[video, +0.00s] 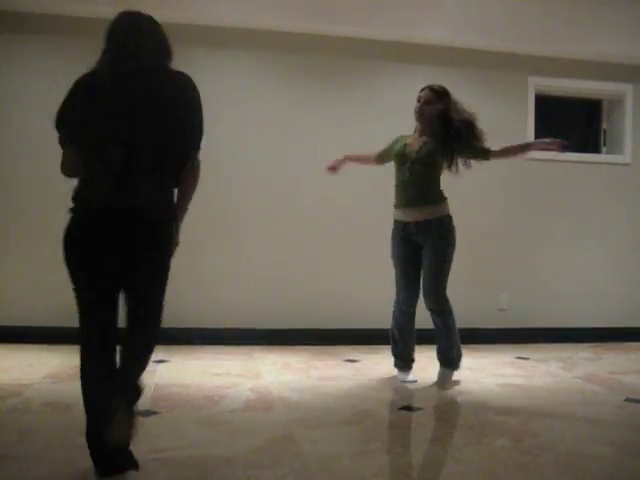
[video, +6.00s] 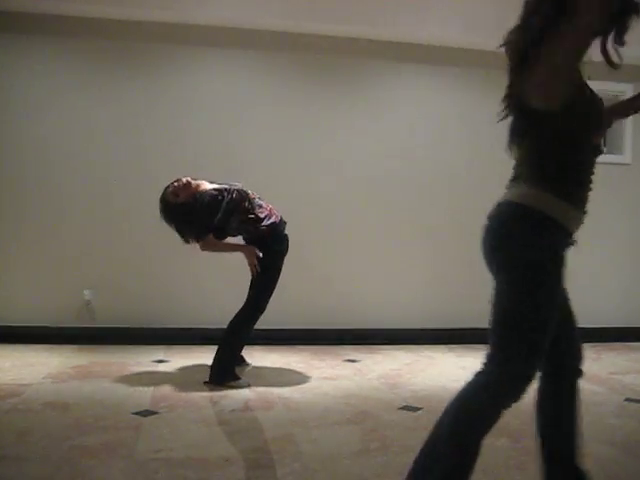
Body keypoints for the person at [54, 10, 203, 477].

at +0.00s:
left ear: (109, 43)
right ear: (160, 45)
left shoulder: (86, 87)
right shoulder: (180, 88)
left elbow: (70, 165)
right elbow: (190, 169)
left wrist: (109, 152)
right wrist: (177, 217)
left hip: (91, 229)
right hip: (151, 230)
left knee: (95, 337)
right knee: (144, 324)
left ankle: (106, 456)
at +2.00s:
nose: (249, 131)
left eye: (253, 127)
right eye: (244, 125)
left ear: (256, 132)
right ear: (232, 127)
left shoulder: (242, 160)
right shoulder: (226, 152)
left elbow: (247, 199)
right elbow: (210, 190)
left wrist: (265, 226)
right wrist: (193, 226)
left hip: (232, 239)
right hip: (222, 240)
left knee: (240, 298)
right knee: (242, 300)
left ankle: (228, 353)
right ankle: (220, 370)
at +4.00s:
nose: (242, 154)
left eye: (243, 149)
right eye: (241, 147)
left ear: (224, 139)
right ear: (230, 141)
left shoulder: (223, 156)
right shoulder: (215, 155)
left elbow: (256, 174)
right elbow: (247, 181)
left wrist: (292, 184)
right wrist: (273, 197)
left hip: (244, 235)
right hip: (238, 237)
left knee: (246, 299)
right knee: (246, 300)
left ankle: (227, 352)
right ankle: (220, 371)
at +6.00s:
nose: (179, 181)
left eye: (174, 183)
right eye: (176, 190)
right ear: (183, 201)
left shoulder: (208, 191)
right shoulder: (205, 205)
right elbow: (207, 244)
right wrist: (244, 248)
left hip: (272, 235)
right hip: (268, 240)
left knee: (255, 306)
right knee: (253, 308)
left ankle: (231, 352)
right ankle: (221, 372)